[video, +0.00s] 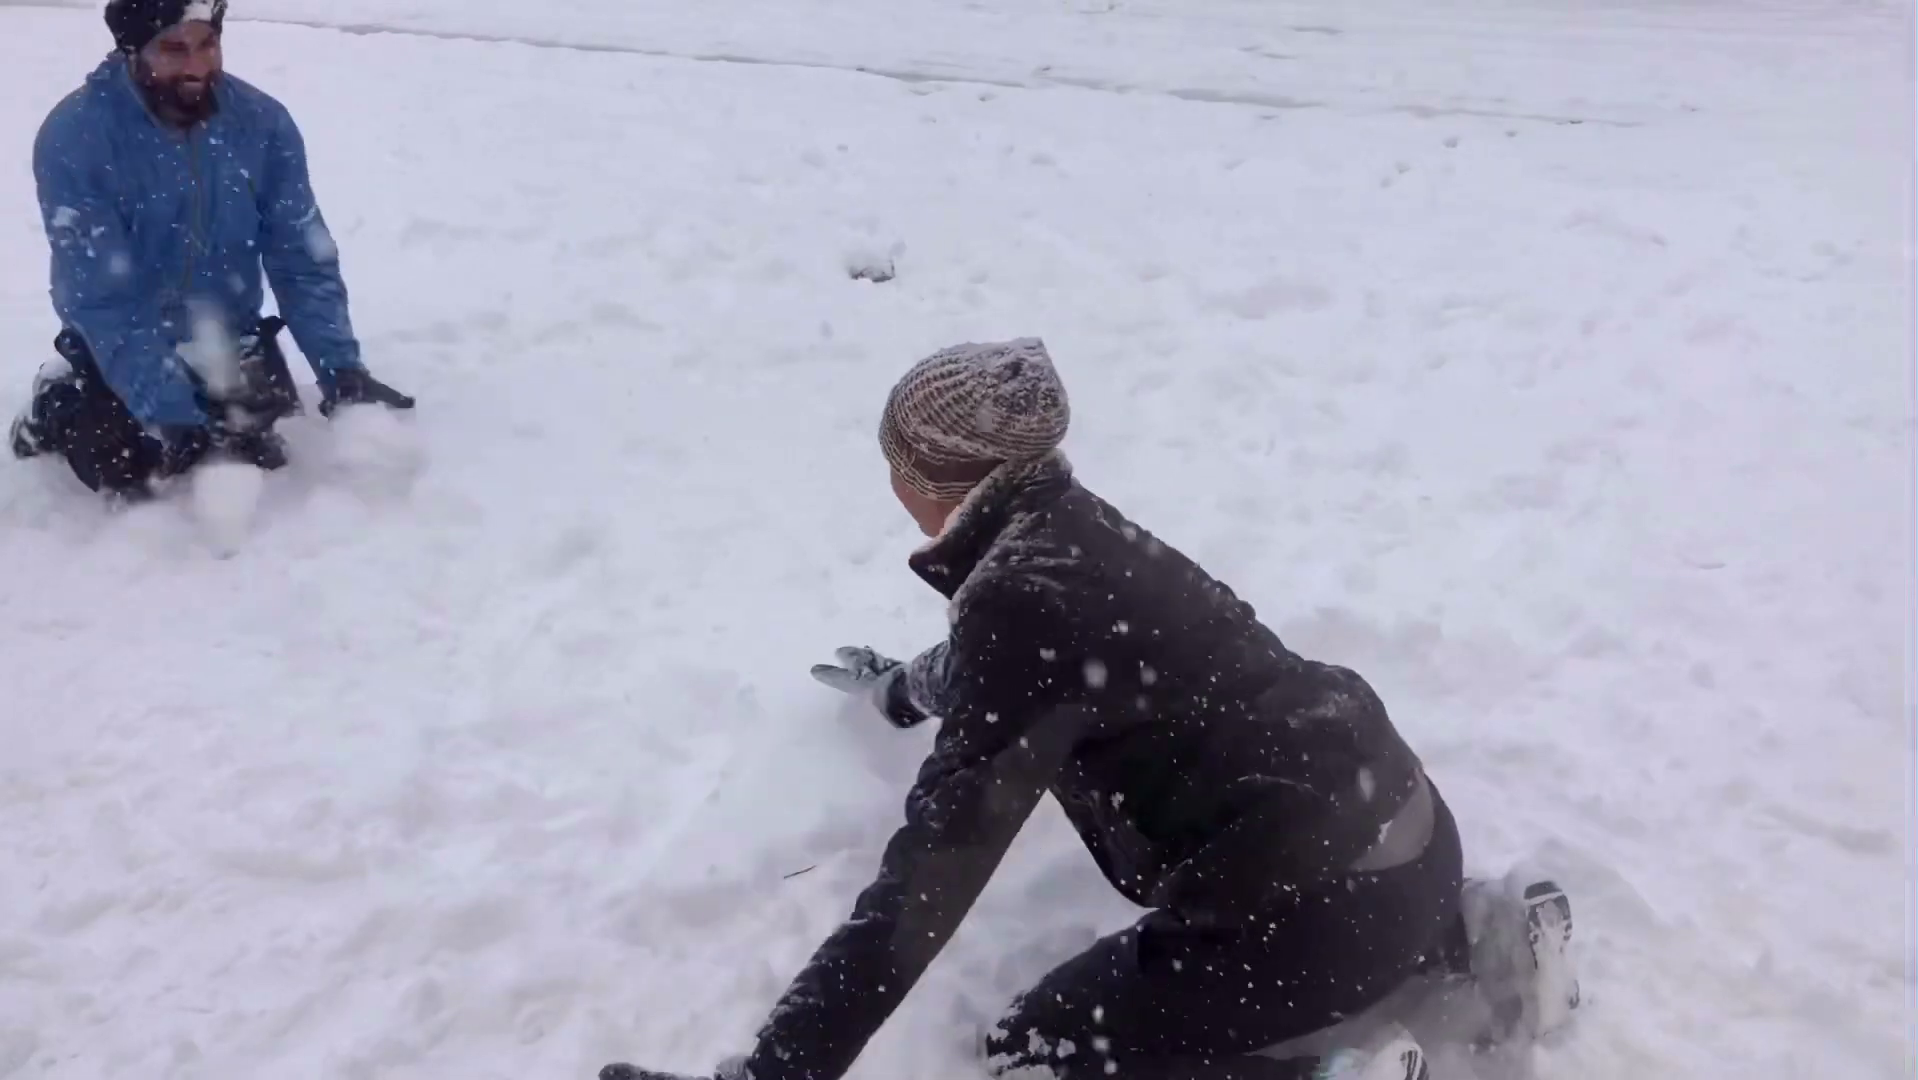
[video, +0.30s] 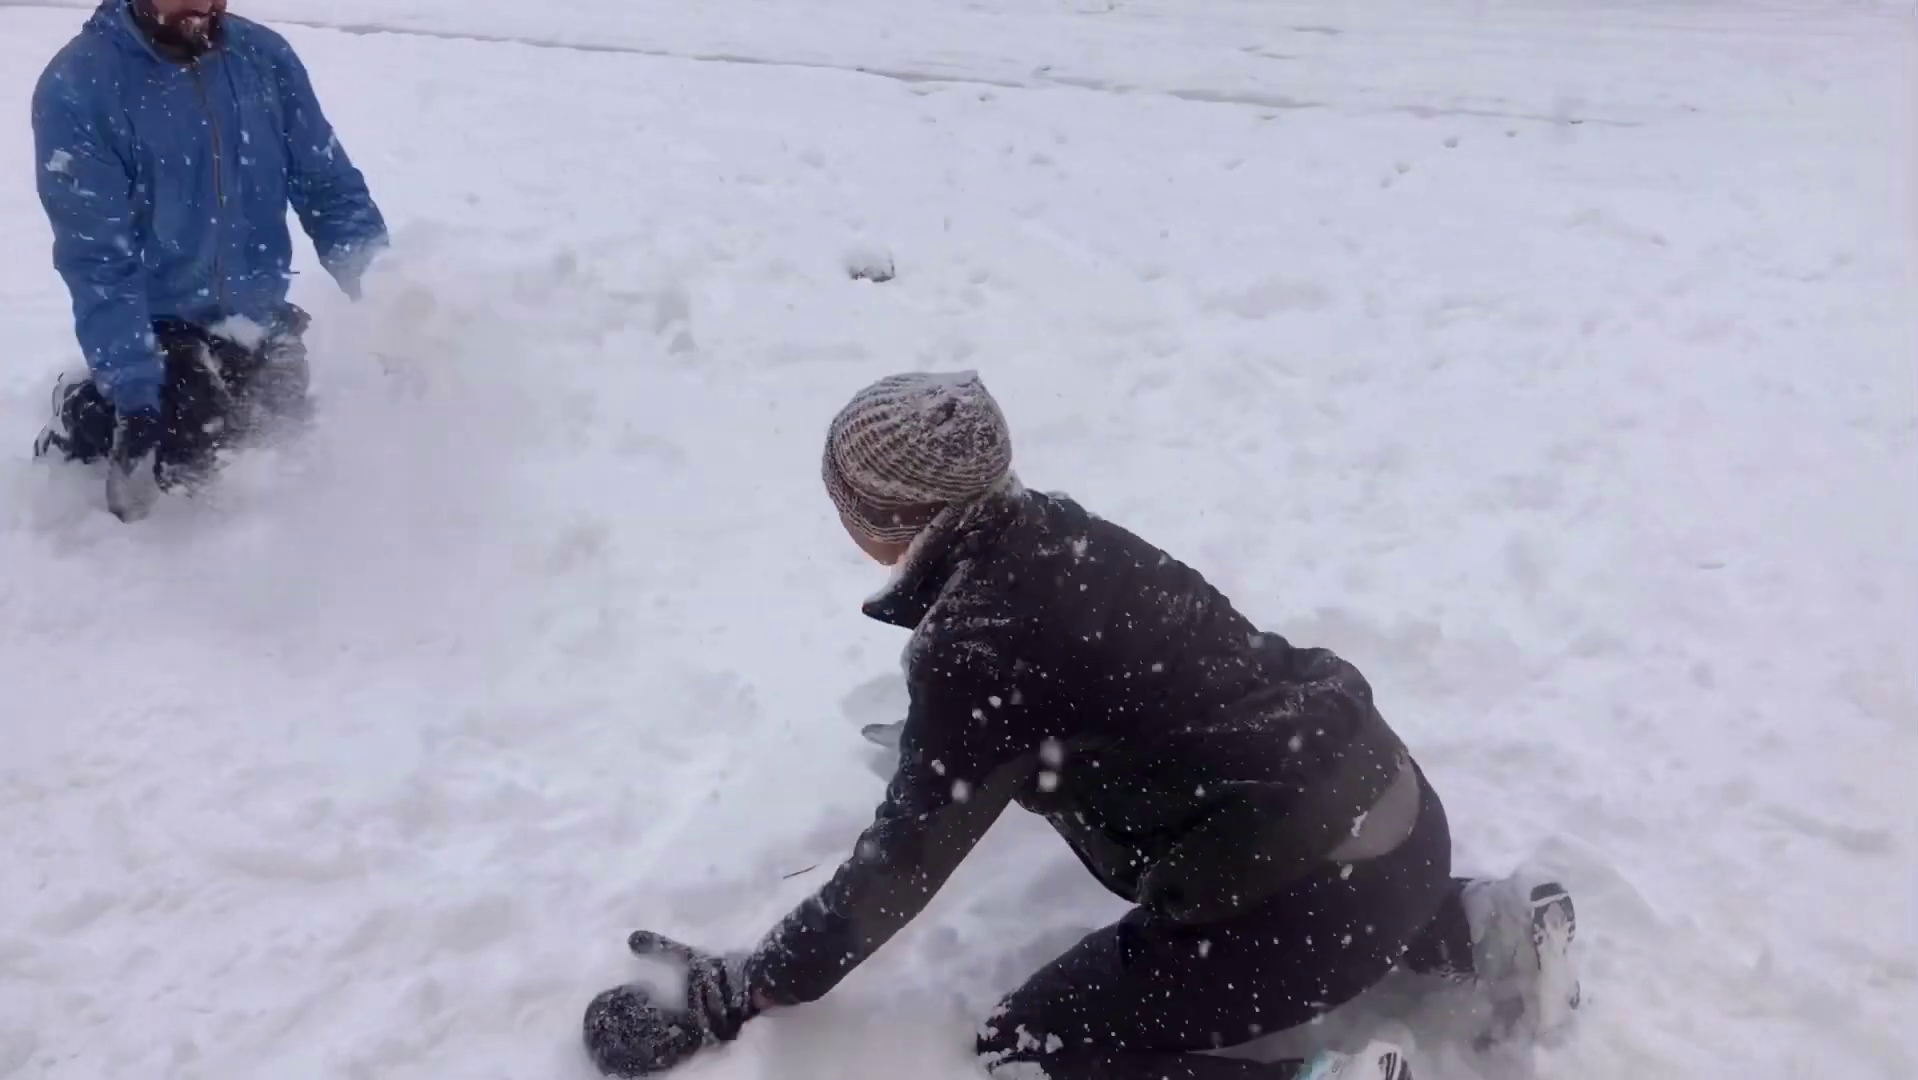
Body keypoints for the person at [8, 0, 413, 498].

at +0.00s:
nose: (197, 67)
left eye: (207, 45)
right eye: (175, 50)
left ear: (221, 40)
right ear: (134, 51)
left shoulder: (262, 124)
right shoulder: (76, 136)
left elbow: (304, 262)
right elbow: (99, 300)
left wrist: (343, 372)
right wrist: (180, 424)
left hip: (231, 331)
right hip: (128, 336)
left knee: (263, 420)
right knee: (139, 473)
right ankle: (60, 407)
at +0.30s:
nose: (205, 5)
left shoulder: (264, 57)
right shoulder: (79, 87)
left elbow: (330, 191)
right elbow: (97, 262)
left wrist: (391, 301)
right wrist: (134, 404)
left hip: (260, 315)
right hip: (160, 326)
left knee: (286, 442)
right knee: (201, 458)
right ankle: (92, 418)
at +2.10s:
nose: (399, 114)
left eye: (413, 87)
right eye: (375, 97)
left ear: (431, 66)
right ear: (330, 87)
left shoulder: (489, 114)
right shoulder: (269, 182)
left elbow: (554, 200)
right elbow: (307, 350)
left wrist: (605, 270)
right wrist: (370, 485)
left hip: (496, 401)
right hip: (359, 422)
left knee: (596, 547)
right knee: (286, 545)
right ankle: (197, 476)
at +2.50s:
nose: (584, 151)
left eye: (597, 130)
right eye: (564, 131)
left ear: (614, 127)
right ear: (520, 129)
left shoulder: (643, 204)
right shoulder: (452, 206)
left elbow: (661, 351)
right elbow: (479, 384)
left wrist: (682, 480)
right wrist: (591, 503)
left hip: (556, 406)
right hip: (423, 402)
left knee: (612, 533)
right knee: (311, 545)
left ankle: (526, 471)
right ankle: (236, 475)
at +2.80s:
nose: (596, 197)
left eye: (616, 181)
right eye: (581, 177)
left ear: (637, 161)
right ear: (541, 149)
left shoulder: (652, 186)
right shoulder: (442, 206)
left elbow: (667, 332)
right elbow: (396, 389)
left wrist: (693, 464)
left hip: (567, 411)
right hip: (452, 411)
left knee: (615, 542)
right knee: (458, 569)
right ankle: (353, 488)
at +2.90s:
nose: (584, 184)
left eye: (603, 164)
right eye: (564, 165)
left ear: (622, 148)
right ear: (520, 144)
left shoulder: (633, 180)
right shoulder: (438, 223)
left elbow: (667, 331)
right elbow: (395, 406)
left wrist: (715, 459)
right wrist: (358, 577)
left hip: (570, 420)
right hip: (452, 433)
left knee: (624, 559)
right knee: (492, 618)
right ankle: (357, 515)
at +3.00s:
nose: (574, 179)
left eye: (591, 157)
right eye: (552, 161)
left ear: (609, 139)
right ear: (506, 144)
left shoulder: (624, 177)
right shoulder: (435, 228)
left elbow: (661, 329)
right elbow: (404, 433)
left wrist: (719, 452)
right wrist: (388, 613)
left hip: (567, 421)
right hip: (454, 440)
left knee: (620, 549)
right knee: (493, 626)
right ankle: (370, 520)